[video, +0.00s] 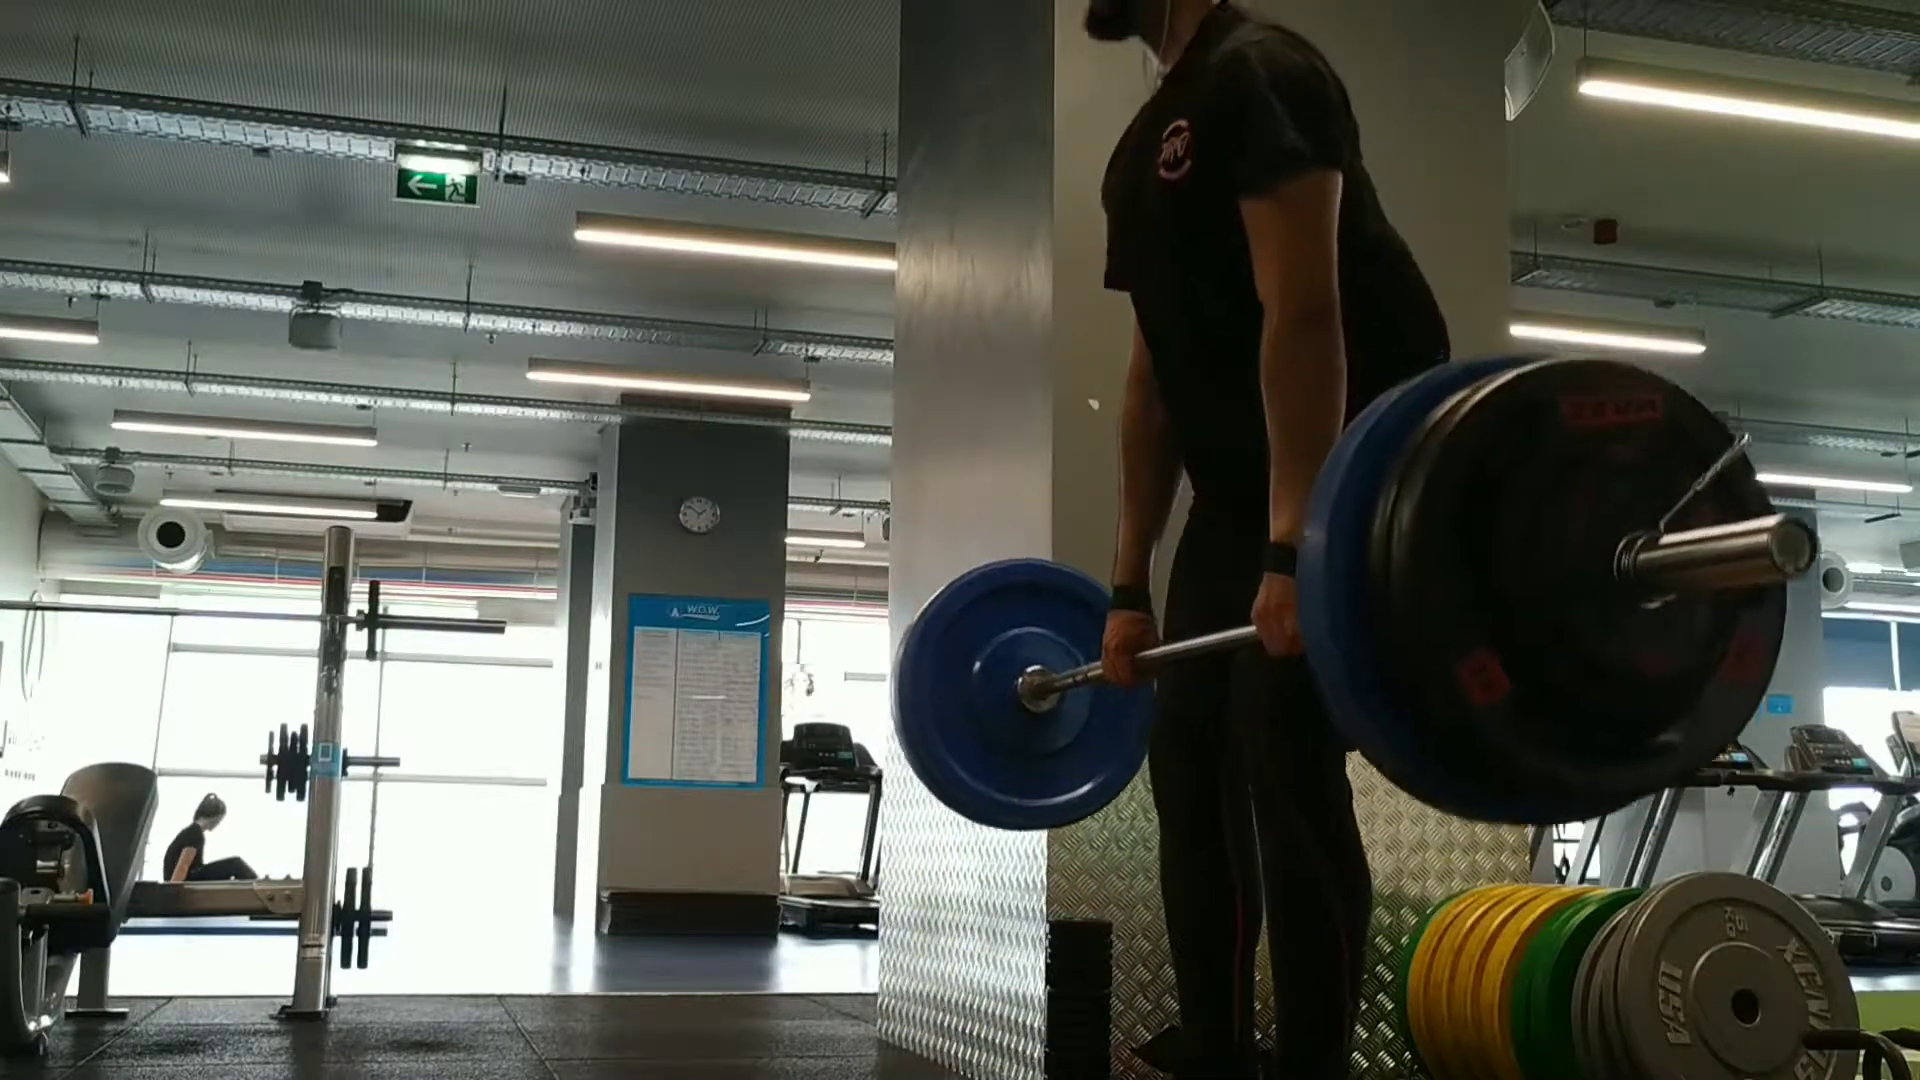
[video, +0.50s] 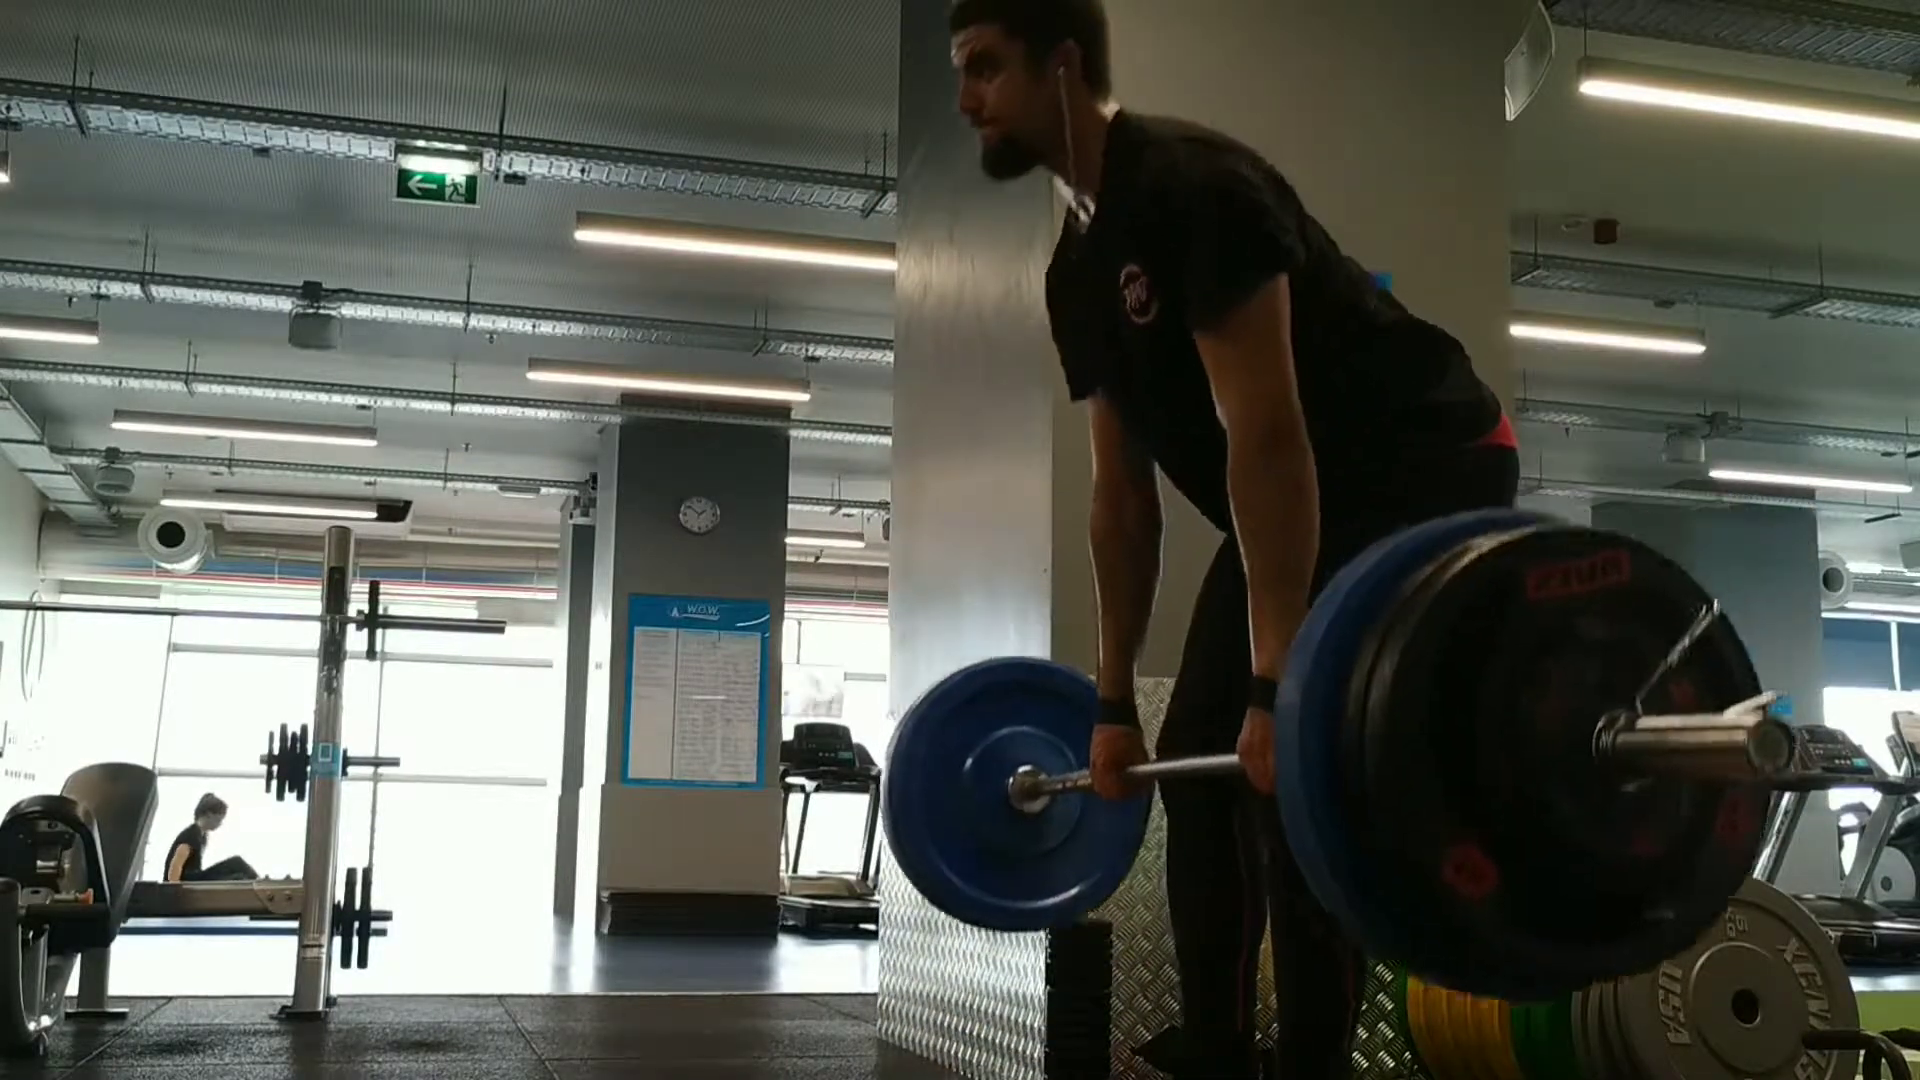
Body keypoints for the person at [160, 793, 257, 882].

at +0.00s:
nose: (219, 822)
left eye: (221, 819)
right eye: (220, 818)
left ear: (202, 812)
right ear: (214, 817)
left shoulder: (193, 832)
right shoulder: (195, 833)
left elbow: (182, 866)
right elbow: (182, 866)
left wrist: (171, 891)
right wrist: (172, 891)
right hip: (187, 881)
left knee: (234, 863)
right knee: (235, 863)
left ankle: (258, 886)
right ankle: (259, 888)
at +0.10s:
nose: (219, 822)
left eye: (221, 819)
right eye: (220, 818)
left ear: (201, 812)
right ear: (213, 816)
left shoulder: (193, 832)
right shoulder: (195, 834)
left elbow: (182, 866)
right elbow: (183, 866)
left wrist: (171, 890)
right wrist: (172, 890)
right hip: (187, 881)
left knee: (234, 863)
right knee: (235, 863)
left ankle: (258, 886)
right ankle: (259, 888)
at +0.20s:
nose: (219, 822)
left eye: (221, 819)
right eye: (220, 818)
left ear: (201, 812)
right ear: (213, 816)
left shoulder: (194, 833)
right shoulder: (195, 834)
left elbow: (182, 867)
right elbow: (182, 867)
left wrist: (171, 891)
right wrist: (171, 890)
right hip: (187, 882)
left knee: (234, 862)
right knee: (235, 862)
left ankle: (258, 886)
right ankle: (260, 888)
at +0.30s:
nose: (219, 822)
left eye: (221, 819)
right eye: (220, 818)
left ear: (203, 812)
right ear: (213, 815)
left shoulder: (198, 834)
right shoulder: (194, 833)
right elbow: (181, 866)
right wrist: (172, 892)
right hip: (186, 883)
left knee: (234, 863)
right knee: (235, 862)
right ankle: (261, 888)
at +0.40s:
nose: (221, 822)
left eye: (223, 818)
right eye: (220, 817)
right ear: (210, 813)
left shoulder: (201, 835)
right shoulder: (194, 833)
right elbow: (179, 863)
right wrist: (173, 889)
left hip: (192, 878)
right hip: (186, 881)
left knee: (234, 865)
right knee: (235, 862)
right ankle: (260, 887)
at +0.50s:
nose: (220, 822)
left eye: (222, 818)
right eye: (219, 817)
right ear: (208, 813)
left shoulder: (202, 836)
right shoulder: (193, 834)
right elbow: (175, 866)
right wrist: (174, 891)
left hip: (194, 880)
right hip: (186, 882)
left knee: (238, 876)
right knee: (236, 862)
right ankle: (261, 886)